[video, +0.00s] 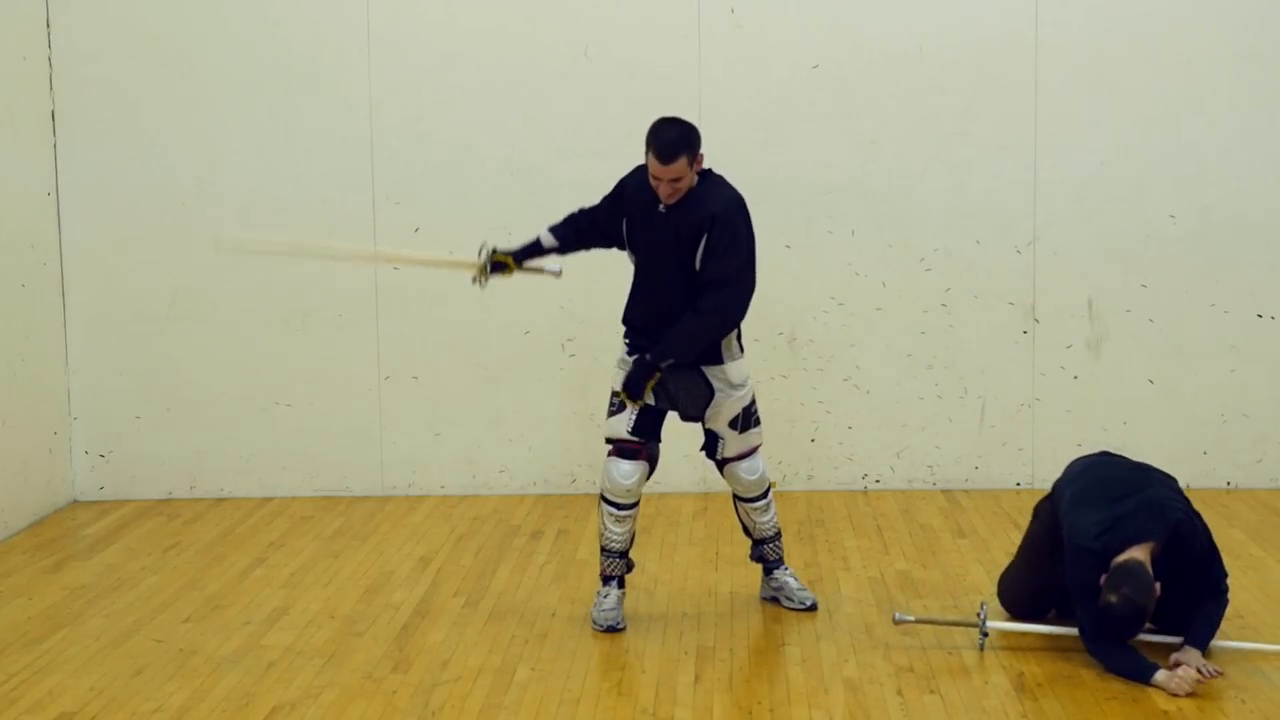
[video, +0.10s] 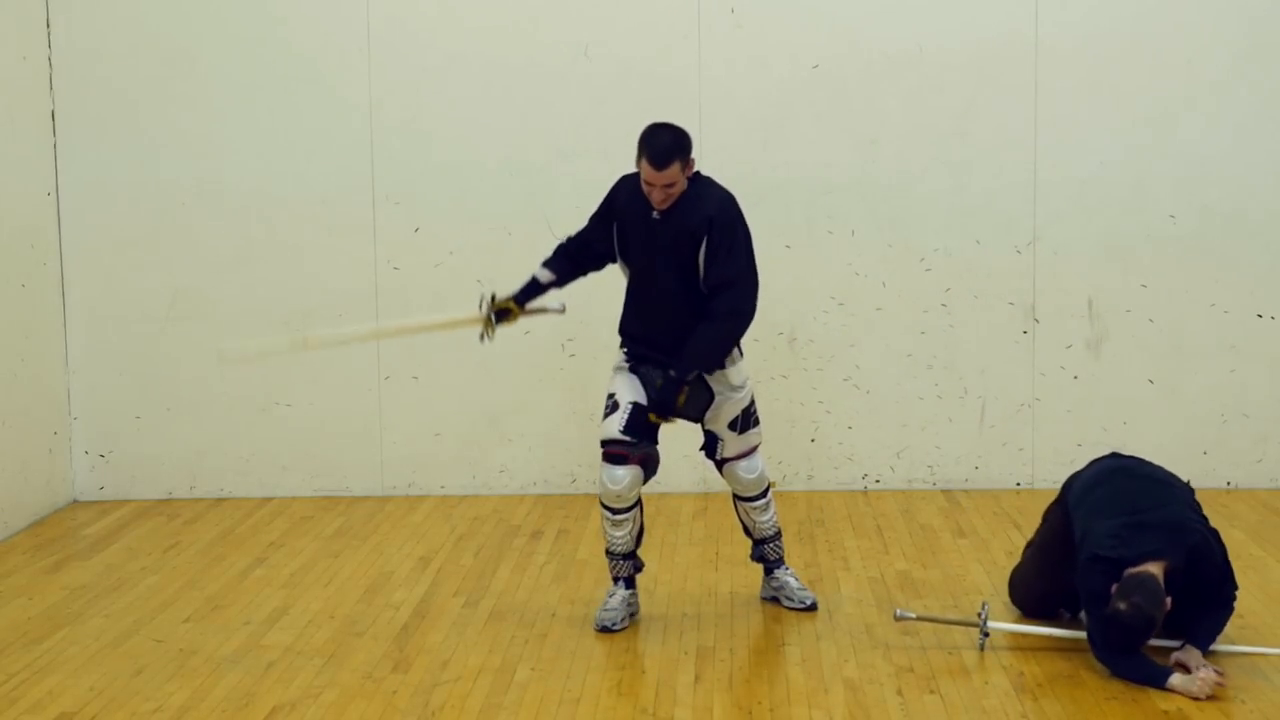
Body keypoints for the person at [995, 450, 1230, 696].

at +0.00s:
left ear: (1156, 593)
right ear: (1102, 581)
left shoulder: (1185, 532)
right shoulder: (1085, 549)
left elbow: (1216, 591)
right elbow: (1096, 639)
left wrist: (1194, 648)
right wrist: (1158, 676)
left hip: (1155, 484)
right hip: (1080, 482)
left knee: (1179, 619)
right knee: (1017, 602)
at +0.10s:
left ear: (1167, 603)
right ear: (1113, 591)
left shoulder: (1202, 551)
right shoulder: (1096, 565)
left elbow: (1224, 595)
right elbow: (1109, 649)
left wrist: (1195, 647)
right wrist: (1174, 682)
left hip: (1166, 488)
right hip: (1091, 484)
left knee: (1182, 627)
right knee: (1029, 599)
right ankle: (1078, 600)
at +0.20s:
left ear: (1177, 616)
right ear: (1125, 601)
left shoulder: (1217, 573)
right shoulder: (1111, 573)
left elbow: (1231, 605)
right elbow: (1113, 655)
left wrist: (1198, 647)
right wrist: (1182, 685)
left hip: (1173, 491)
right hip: (1099, 487)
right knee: (1040, 604)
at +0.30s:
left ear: (1184, 630)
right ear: (1134, 604)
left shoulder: (1223, 579)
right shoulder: (1120, 573)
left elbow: (1242, 623)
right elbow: (1116, 660)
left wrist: (1218, 659)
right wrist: (1184, 686)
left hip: (1178, 499)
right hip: (1104, 497)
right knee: (1043, 605)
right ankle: (1038, 536)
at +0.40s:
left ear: (1185, 634)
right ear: (1136, 611)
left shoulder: (1229, 584)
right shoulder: (1124, 574)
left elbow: (1260, 649)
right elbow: (1114, 660)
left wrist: (1234, 674)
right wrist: (1186, 688)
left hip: (1181, 508)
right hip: (1109, 511)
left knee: (1213, 625)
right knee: (1056, 600)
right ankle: (1021, 538)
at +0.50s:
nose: (1126, 629)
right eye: (1130, 627)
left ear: (1180, 640)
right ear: (1136, 612)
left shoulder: (1230, 590)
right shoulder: (1125, 577)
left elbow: (1273, 661)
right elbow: (1114, 663)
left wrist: (1249, 685)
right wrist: (1181, 693)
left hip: (1185, 525)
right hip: (1113, 528)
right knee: (1068, 598)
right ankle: (1007, 542)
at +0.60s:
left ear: (1180, 643)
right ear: (1134, 616)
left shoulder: (1228, 594)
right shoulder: (1124, 583)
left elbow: (1277, 666)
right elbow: (1112, 668)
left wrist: (1256, 693)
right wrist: (1181, 696)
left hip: (1194, 544)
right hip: (1112, 552)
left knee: (1276, 608)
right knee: (1067, 587)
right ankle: (1008, 541)